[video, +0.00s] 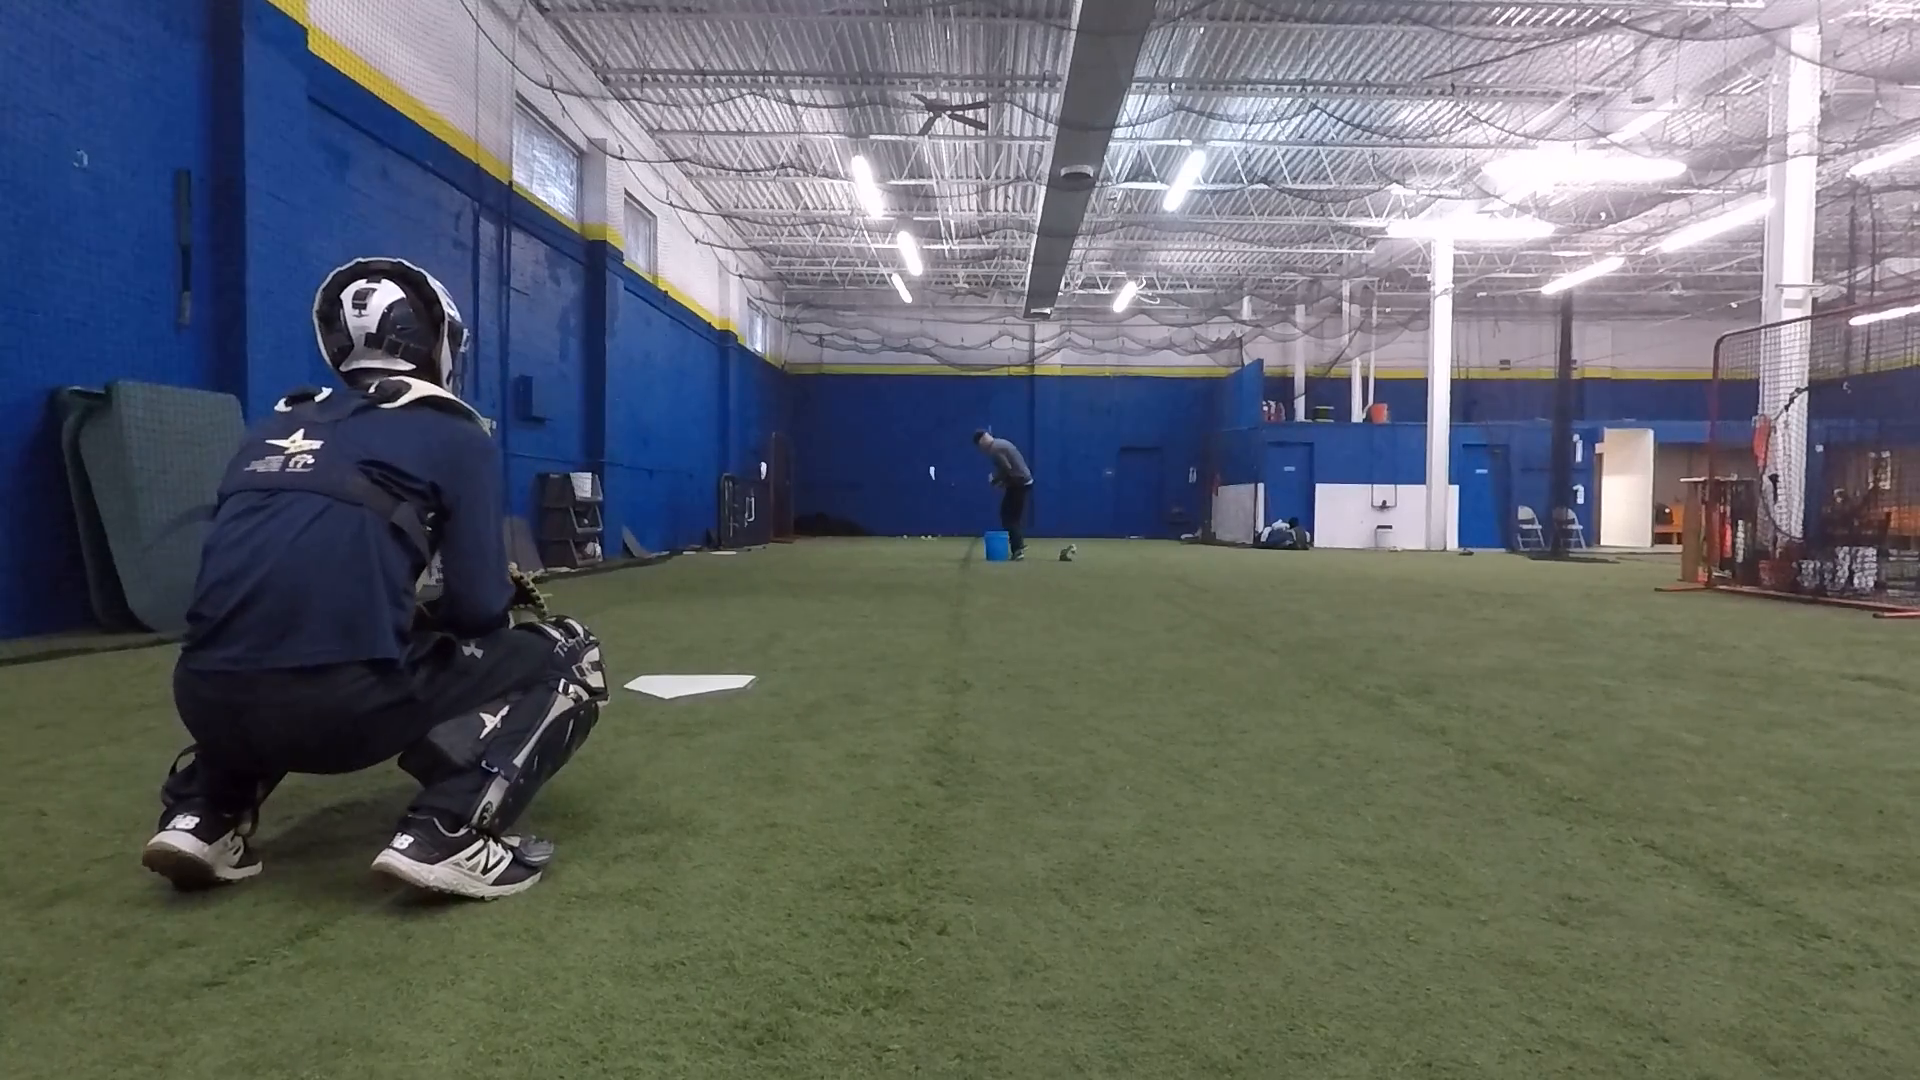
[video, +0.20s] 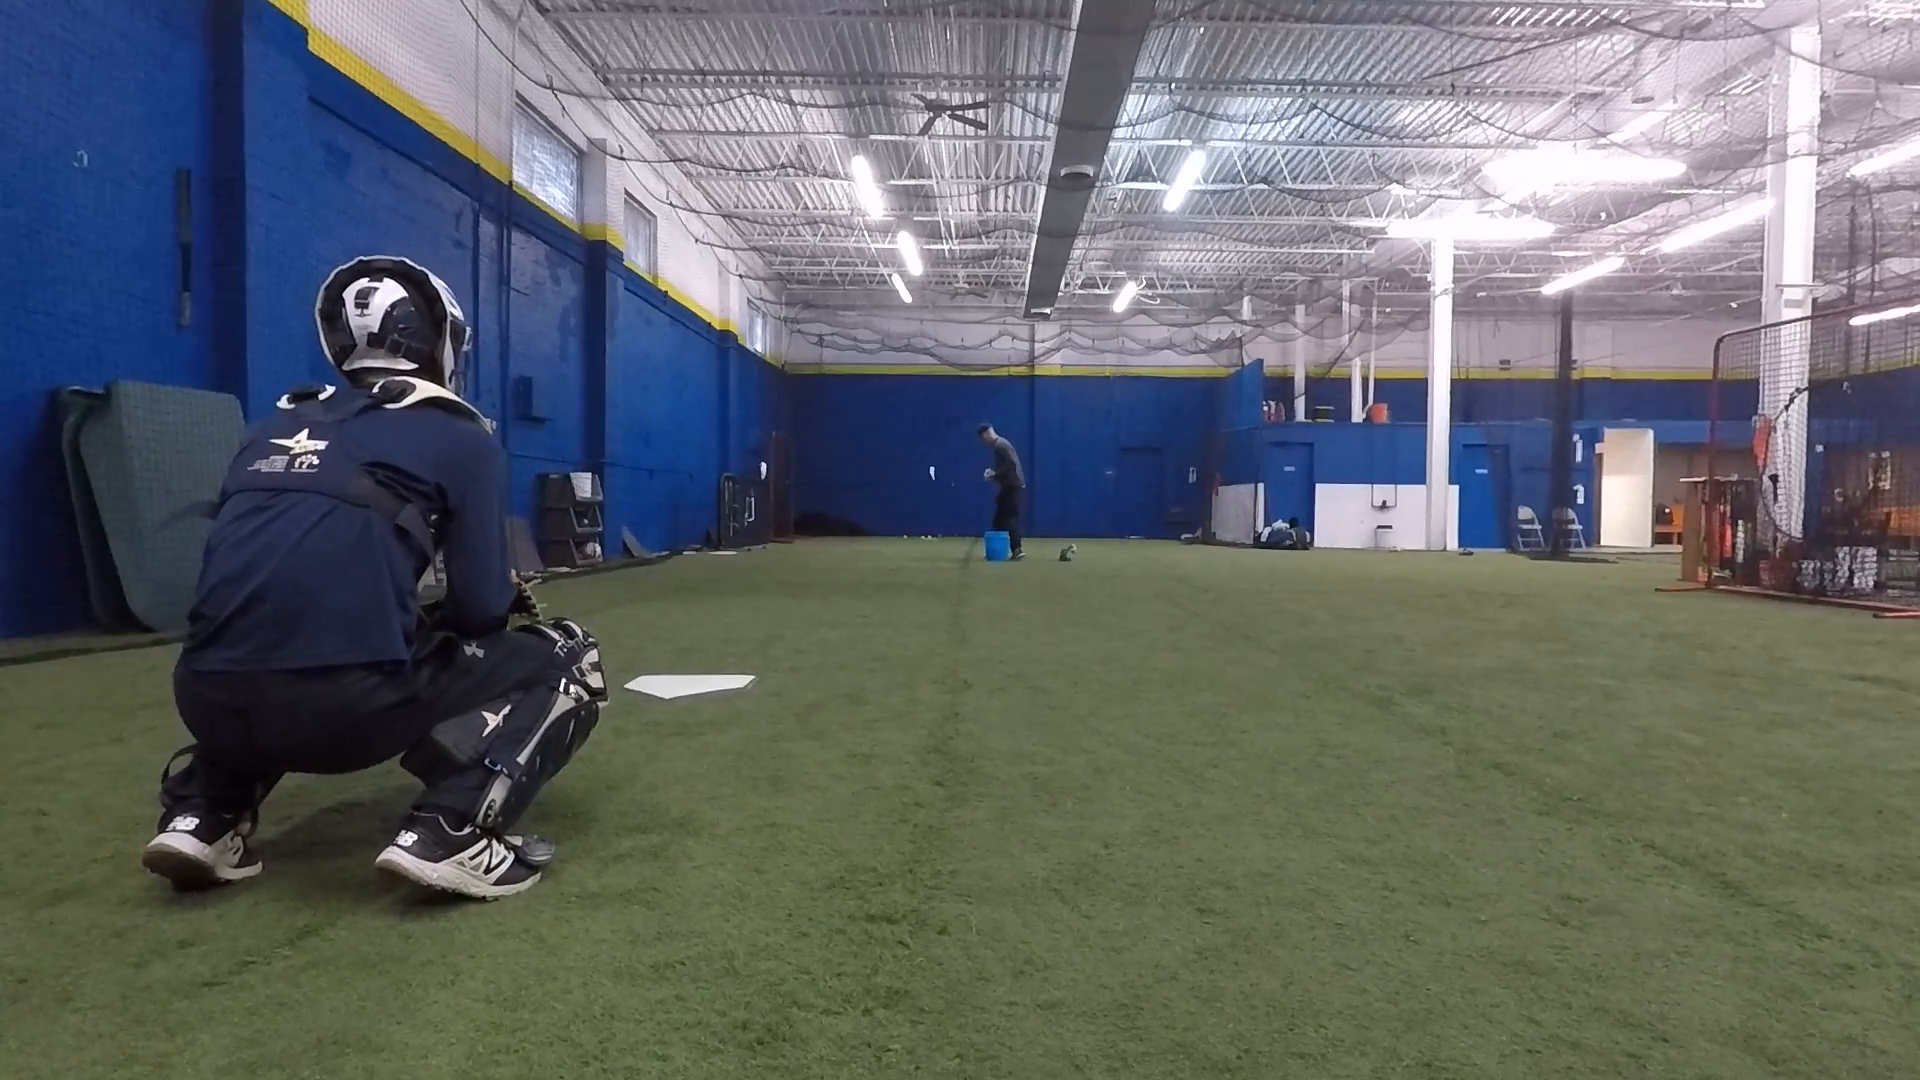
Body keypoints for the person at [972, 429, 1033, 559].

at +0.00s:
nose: (981, 448)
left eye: (980, 445)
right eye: (979, 445)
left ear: (983, 441)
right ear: (988, 436)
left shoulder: (995, 449)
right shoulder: (1002, 443)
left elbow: (1006, 468)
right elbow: (1010, 466)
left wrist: (996, 478)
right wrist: (1001, 479)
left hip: (1017, 483)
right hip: (1024, 480)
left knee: (1008, 515)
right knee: (1012, 514)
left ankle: (1017, 549)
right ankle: (1019, 543)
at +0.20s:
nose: (984, 440)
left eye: (984, 436)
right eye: (982, 437)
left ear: (989, 433)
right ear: (988, 434)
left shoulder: (1001, 445)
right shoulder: (999, 446)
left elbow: (1008, 466)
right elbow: (1004, 467)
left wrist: (995, 473)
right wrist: (994, 472)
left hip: (1013, 487)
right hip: (1008, 487)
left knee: (1009, 517)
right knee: (1001, 517)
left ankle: (1016, 549)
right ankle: (998, 549)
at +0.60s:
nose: (996, 431)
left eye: (998, 427)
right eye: (994, 428)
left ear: (1004, 427)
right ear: (992, 431)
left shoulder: (1014, 444)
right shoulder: (992, 447)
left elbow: (1020, 464)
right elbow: (991, 462)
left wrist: (1001, 469)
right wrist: (989, 468)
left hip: (1011, 487)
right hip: (997, 488)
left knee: (1010, 516)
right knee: (996, 517)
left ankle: (1025, 541)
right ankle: (995, 546)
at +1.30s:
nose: (1017, 430)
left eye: (1019, 428)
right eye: (1015, 428)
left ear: (1024, 430)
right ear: (1011, 430)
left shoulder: (1030, 448)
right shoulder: (1004, 447)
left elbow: (1039, 465)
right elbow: (995, 463)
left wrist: (1036, 476)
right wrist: (988, 454)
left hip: (1023, 490)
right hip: (1007, 490)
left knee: (1022, 520)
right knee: (1007, 520)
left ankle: (1024, 548)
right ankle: (1005, 547)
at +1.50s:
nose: (1012, 432)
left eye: (1014, 430)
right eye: (1010, 430)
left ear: (1019, 432)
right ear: (1007, 432)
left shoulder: (1026, 449)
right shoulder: (1000, 448)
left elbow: (1037, 466)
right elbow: (987, 461)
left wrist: (1032, 479)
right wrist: (984, 446)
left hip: (1021, 490)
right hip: (1005, 490)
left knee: (1022, 518)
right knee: (1006, 519)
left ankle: (1024, 546)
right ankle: (1008, 546)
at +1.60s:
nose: (1011, 434)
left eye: (1013, 431)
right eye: (1009, 431)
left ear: (1018, 432)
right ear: (1006, 433)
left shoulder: (1025, 448)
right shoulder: (999, 448)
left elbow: (1035, 465)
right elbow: (987, 461)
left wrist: (1030, 478)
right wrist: (983, 446)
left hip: (1020, 489)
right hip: (1004, 490)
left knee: (1022, 517)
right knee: (1006, 518)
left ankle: (1026, 544)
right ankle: (1008, 545)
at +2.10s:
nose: (1012, 436)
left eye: (1014, 433)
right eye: (1010, 433)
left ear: (1019, 433)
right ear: (1007, 434)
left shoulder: (1025, 449)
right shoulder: (1000, 449)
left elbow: (1034, 469)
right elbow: (994, 464)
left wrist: (1027, 481)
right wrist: (999, 471)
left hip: (1018, 489)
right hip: (1003, 489)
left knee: (1016, 518)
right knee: (1003, 517)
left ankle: (1015, 545)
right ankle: (1005, 544)